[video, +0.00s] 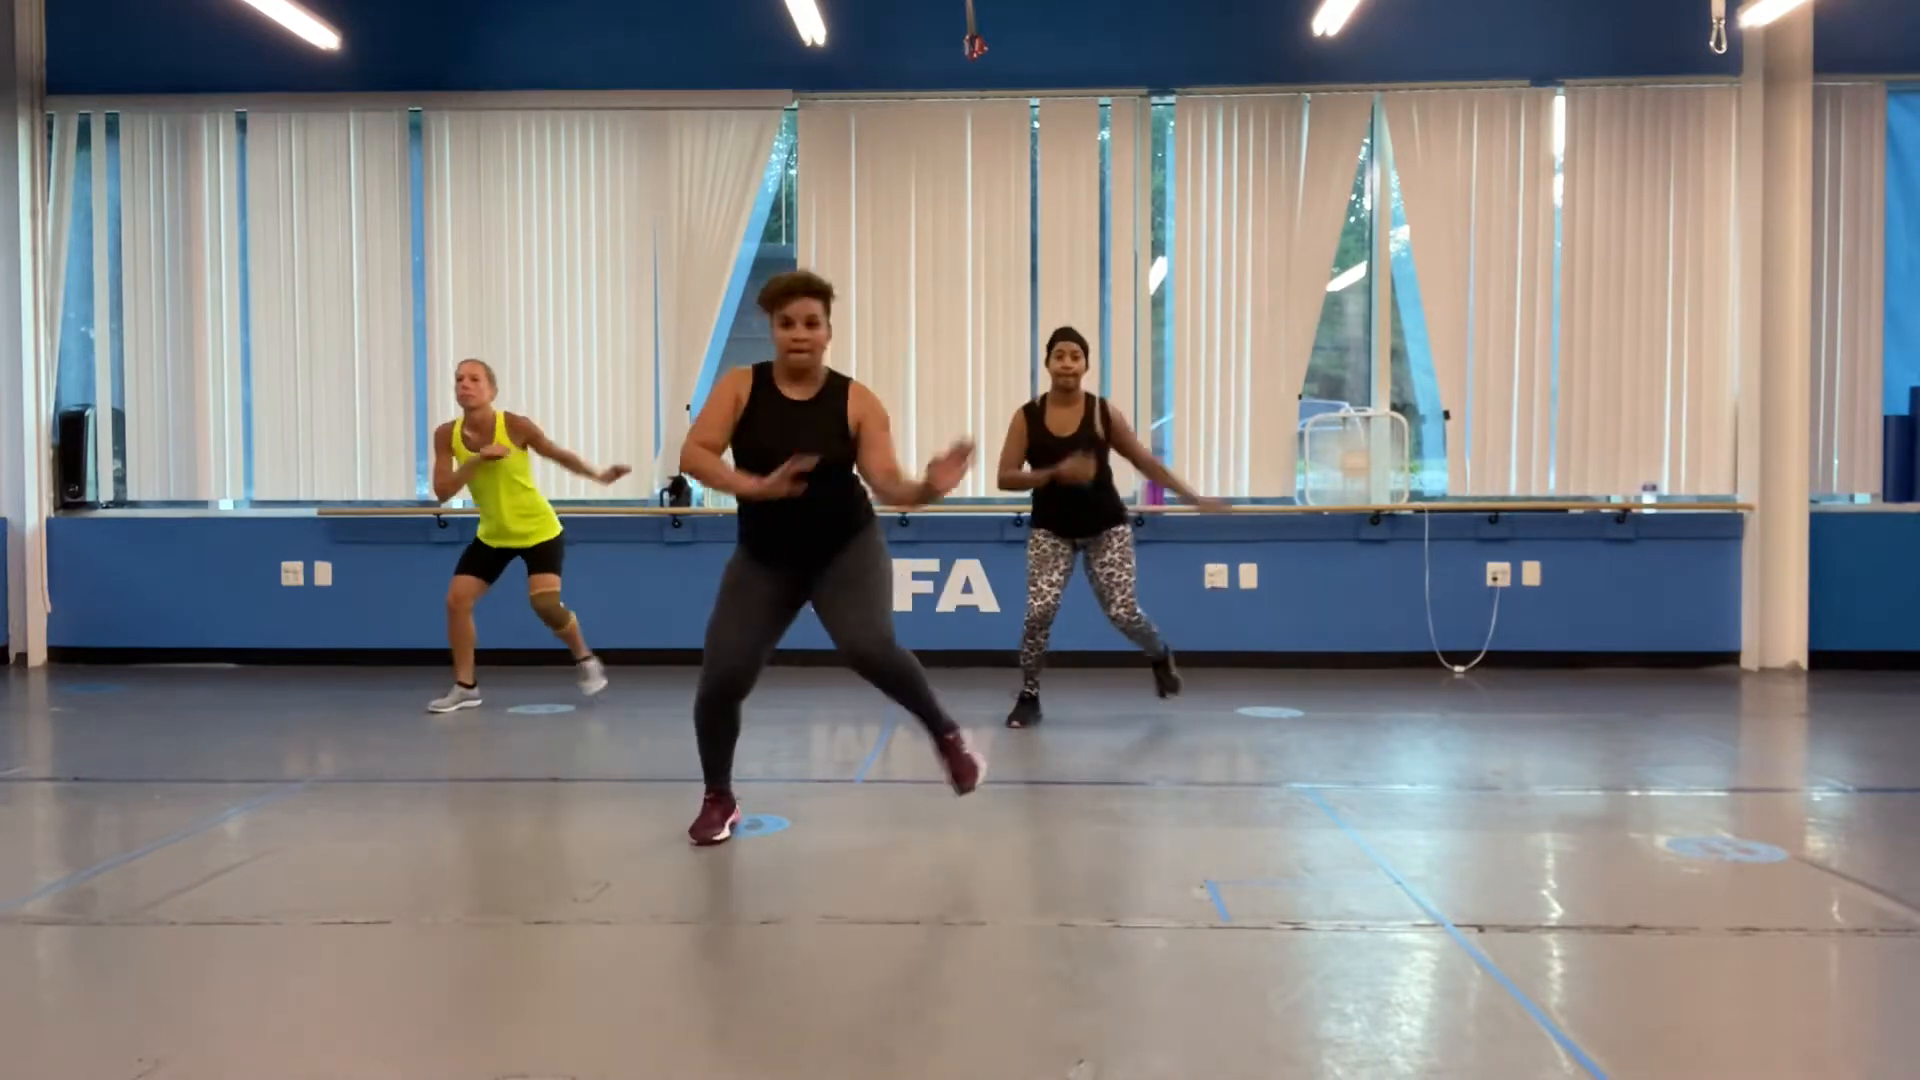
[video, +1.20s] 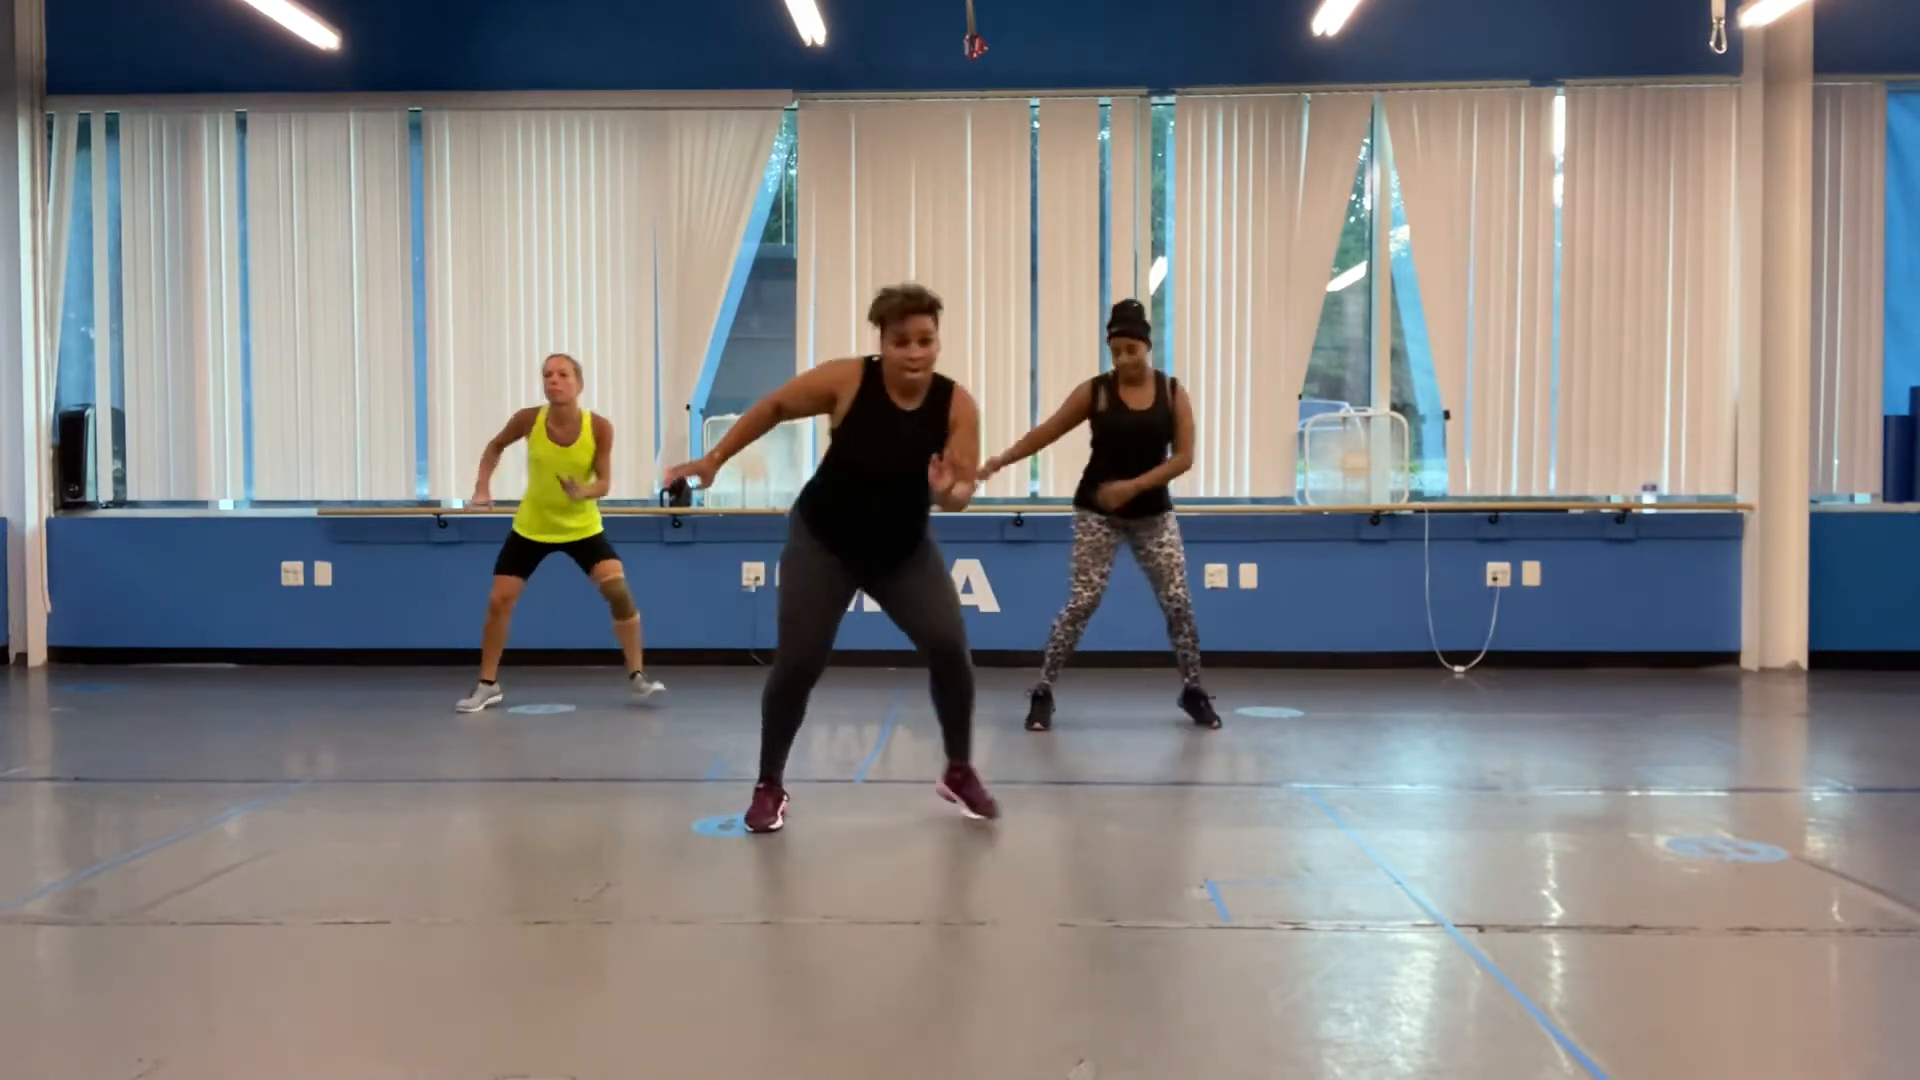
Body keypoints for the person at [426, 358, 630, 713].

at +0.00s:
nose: (465, 385)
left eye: (473, 380)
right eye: (460, 380)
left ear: (492, 390)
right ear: (455, 391)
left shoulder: (517, 426)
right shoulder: (447, 435)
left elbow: (557, 454)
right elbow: (442, 490)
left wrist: (597, 475)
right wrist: (477, 459)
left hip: (537, 527)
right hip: (493, 532)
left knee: (545, 603)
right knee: (458, 599)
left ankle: (585, 660)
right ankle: (465, 687)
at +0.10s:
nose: (468, 383)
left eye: (477, 378)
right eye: (463, 379)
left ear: (495, 387)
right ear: (458, 390)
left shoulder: (522, 430)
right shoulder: (449, 435)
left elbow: (544, 477)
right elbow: (439, 490)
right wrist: (465, 501)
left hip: (533, 527)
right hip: (487, 530)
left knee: (544, 607)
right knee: (451, 599)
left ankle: (555, 666)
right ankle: (464, 687)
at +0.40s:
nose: (510, 382)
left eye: (518, 375)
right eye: (504, 378)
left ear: (536, 382)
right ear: (500, 388)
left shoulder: (566, 419)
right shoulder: (497, 430)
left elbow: (591, 469)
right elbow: (474, 460)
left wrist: (538, 476)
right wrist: (435, 474)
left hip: (565, 525)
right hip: (517, 525)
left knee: (592, 598)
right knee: (482, 604)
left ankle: (605, 684)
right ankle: (449, 677)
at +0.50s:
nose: (519, 383)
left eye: (527, 377)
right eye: (512, 379)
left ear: (545, 384)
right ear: (508, 388)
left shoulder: (575, 420)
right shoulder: (506, 436)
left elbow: (610, 469)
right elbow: (501, 486)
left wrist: (568, 485)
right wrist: (450, 488)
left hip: (576, 524)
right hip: (530, 525)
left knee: (603, 598)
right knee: (501, 605)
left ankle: (606, 684)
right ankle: (493, 673)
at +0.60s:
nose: (518, 383)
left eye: (526, 376)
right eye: (513, 378)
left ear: (544, 385)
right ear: (508, 389)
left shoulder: (572, 422)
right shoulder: (505, 435)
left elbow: (611, 467)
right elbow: (517, 492)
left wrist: (601, 495)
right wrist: (473, 507)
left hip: (583, 524)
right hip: (538, 527)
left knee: (602, 597)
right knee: (508, 601)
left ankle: (607, 683)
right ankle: (518, 678)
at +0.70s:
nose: (514, 379)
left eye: (522, 374)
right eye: (509, 374)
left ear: (540, 383)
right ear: (503, 384)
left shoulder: (566, 419)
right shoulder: (497, 428)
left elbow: (604, 453)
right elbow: (507, 480)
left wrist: (629, 473)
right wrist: (495, 489)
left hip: (584, 521)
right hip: (539, 526)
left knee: (596, 600)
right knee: (504, 594)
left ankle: (616, 682)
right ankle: (502, 678)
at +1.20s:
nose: (554, 381)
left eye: (562, 375)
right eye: (548, 376)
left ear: (579, 384)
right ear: (542, 384)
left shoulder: (599, 428)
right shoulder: (528, 419)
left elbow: (603, 483)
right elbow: (495, 447)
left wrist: (583, 490)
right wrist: (482, 488)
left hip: (581, 526)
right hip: (532, 524)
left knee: (618, 590)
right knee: (499, 600)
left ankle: (637, 676)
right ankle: (487, 684)